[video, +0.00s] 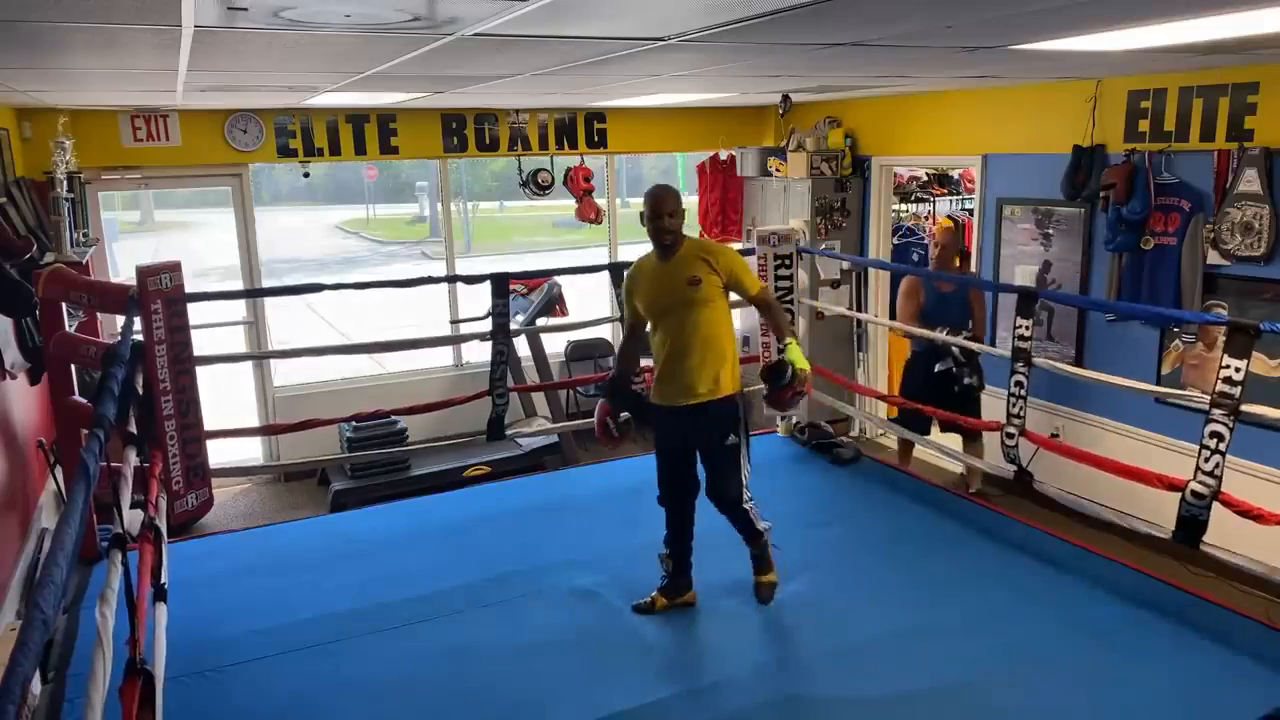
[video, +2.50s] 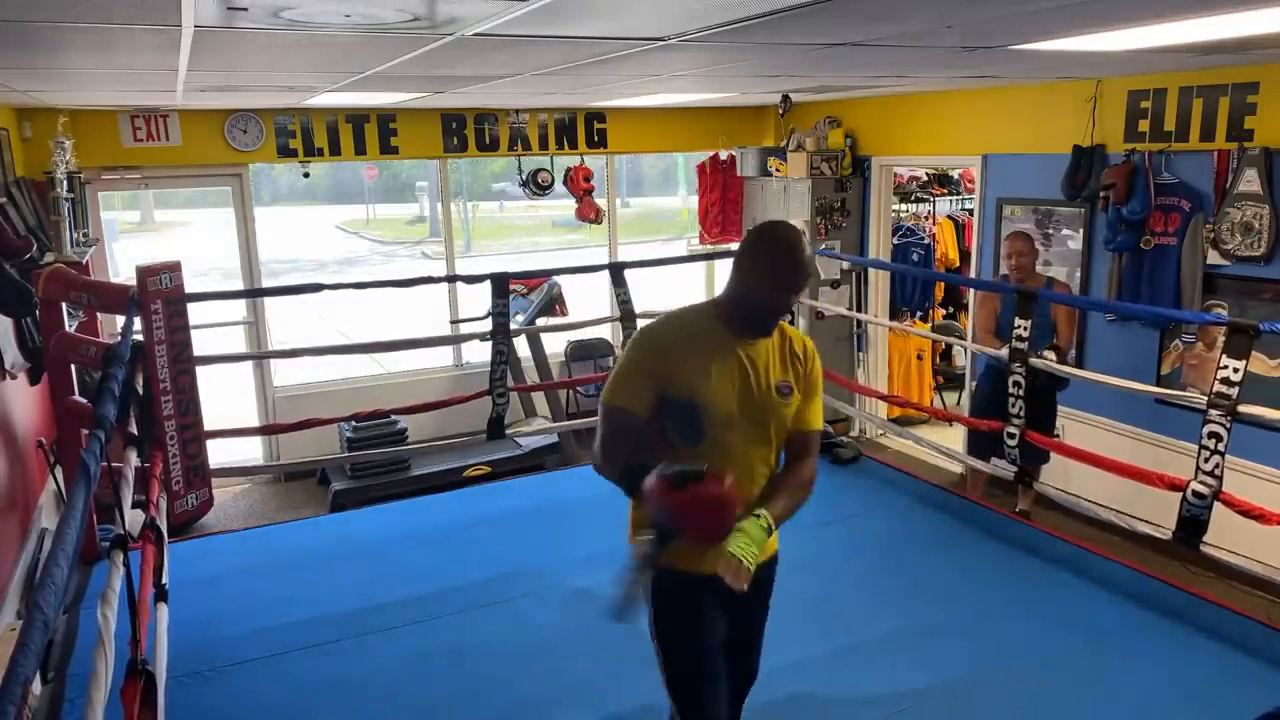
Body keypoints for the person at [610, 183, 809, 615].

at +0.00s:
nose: (665, 224)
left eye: (672, 215)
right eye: (656, 216)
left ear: (683, 216)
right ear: (643, 220)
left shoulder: (715, 256)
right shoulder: (637, 275)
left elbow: (766, 302)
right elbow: (634, 335)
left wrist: (792, 348)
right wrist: (613, 394)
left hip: (719, 396)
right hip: (670, 402)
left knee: (726, 495)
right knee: (676, 499)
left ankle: (760, 549)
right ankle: (678, 583)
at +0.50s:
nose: (648, 222)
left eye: (658, 214)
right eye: (642, 214)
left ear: (675, 221)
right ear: (632, 219)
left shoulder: (696, 273)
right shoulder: (621, 277)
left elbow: (742, 341)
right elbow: (610, 341)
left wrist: (707, 383)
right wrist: (577, 396)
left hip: (687, 416)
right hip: (639, 417)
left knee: (676, 525)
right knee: (654, 510)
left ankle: (679, 637)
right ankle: (675, 583)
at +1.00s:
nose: (673, 228)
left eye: (686, 222)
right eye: (668, 218)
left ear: (706, 233)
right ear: (658, 221)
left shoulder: (712, 292)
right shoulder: (629, 274)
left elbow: (692, 377)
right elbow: (571, 307)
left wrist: (627, 349)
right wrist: (532, 346)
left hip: (682, 445)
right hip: (625, 437)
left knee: (682, 551)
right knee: (597, 539)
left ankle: (680, 646)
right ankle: (624, 629)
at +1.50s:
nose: (618, 244)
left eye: (627, 234)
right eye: (607, 235)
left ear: (642, 239)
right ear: (589, 241)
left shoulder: (681, 300)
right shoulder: (562, 314)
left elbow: (717, 371)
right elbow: (552, 406)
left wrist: (731, 429)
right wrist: (580, 470)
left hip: (670, 475)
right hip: (598, 479)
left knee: (683, 582)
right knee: (597, 594)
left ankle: (679, 640)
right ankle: (596, 694)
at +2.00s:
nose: (703, 275)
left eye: (713, 263)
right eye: (691, 261)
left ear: (723, 267)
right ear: (665, 257)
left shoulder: (731, 334)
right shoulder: (608, 333)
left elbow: (730, 414)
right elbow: (567, 430)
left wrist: (741, 484)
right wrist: (556, 524)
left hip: (703, 523)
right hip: (623, 528)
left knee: (721, 654)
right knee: (603, 638)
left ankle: (716, 719)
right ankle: (595, 702)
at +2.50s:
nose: (789, 307)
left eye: (797, 294)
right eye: (783, 292)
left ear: (800, 288)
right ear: (748, 275)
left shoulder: (797, 353)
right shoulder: (659, 344)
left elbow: (802, 464)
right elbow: (612, 455)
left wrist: (758, 525)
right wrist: (671, 497)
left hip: (755, 563)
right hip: (683, 567)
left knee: (733, 697)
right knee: (704, 709)